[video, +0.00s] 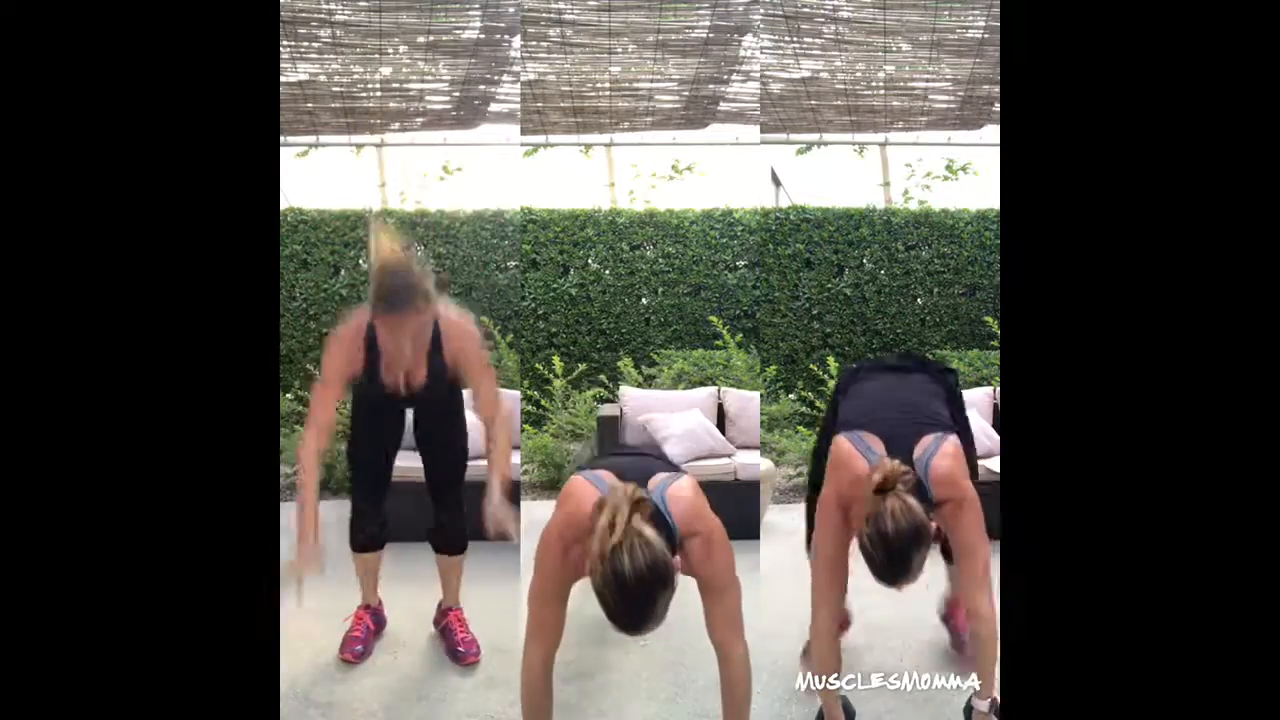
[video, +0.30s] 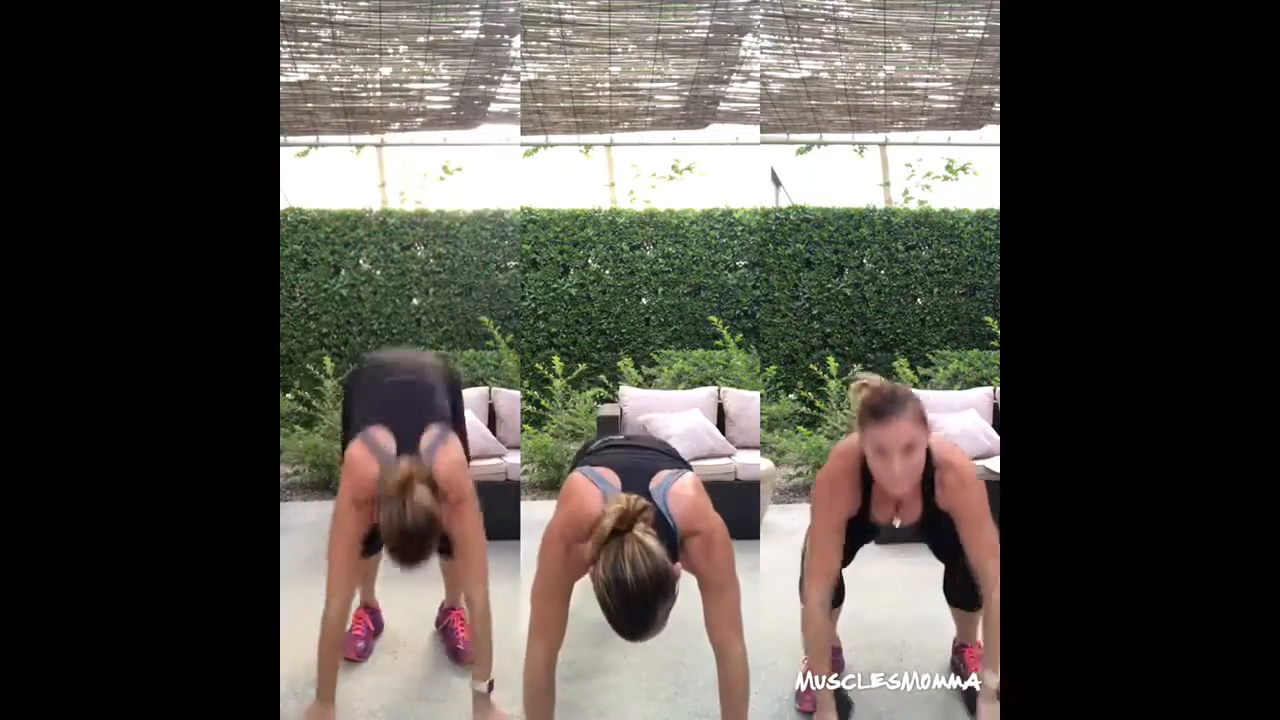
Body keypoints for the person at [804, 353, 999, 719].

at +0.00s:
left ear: (931, 528)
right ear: (860, 528)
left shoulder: (953, 481)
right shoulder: (841, 484)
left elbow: (980, 605)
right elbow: (823, 615)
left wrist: (986, 700)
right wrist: (831, 708)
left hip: (934, 381)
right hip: (857, 382)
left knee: (963, 518)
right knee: (823, 524)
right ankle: (832, 612)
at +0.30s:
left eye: (908, 450)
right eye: (881, 453)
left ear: (927, 439)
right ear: (863, 446)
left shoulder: (954, 467)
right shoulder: (842, 464)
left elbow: (992, 580)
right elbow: (817, 586)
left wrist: (991, 690)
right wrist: (825, 705)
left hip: (933, 517)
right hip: (860, 518)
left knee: (967, 569)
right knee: (818, 575)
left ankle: (967, 646)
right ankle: (825, 656)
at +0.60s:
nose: (899, 351)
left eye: (910, 336)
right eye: (885, 338)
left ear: (929, 337)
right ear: (866, 341)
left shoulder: (953, 386)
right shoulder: (838, 388)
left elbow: (988, 451)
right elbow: (794, 459)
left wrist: (989, 512)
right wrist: (791, 534)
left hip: (927, 460)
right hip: (857, 460)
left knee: (957, 552)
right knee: (823, 558)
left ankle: (966, 647)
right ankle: (825, 649)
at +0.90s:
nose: (894, 304)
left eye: (905, 293)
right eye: (880, 294)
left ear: (922, 304)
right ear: (863, 306)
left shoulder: (947, 367)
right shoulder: (837, 367)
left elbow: (985, 462)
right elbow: (799, 465)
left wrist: (982, 389)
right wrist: (803, 389)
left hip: (932, 483)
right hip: (860, 482)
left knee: (966, 565)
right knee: (817, 569)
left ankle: (967, 651)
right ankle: (827, 652)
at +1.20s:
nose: (892, 220)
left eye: (902, 211)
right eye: (880, 212)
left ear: (918, 229)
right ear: (864, 233)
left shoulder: (947, 293)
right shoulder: (842, 293)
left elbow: (987, 358)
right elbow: (799, 365)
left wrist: (978, 289)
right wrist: (810, 293)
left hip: (934, 442)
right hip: (862, 442)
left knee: (967, 559)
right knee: (824, 559)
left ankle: (968, 650)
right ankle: (825, 652)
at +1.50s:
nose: (894, 153)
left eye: (903, 145)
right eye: (883, 145)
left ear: (917, 157)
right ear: (864, 157)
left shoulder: (938, 214)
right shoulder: (841, 213)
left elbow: (982, 126)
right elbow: (793, 124)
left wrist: (954, 47)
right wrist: (814, 45)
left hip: (932, 388)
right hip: (860, 389)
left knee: (953, 531)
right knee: (840, 531)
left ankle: (968, 648)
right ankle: (826, 649)